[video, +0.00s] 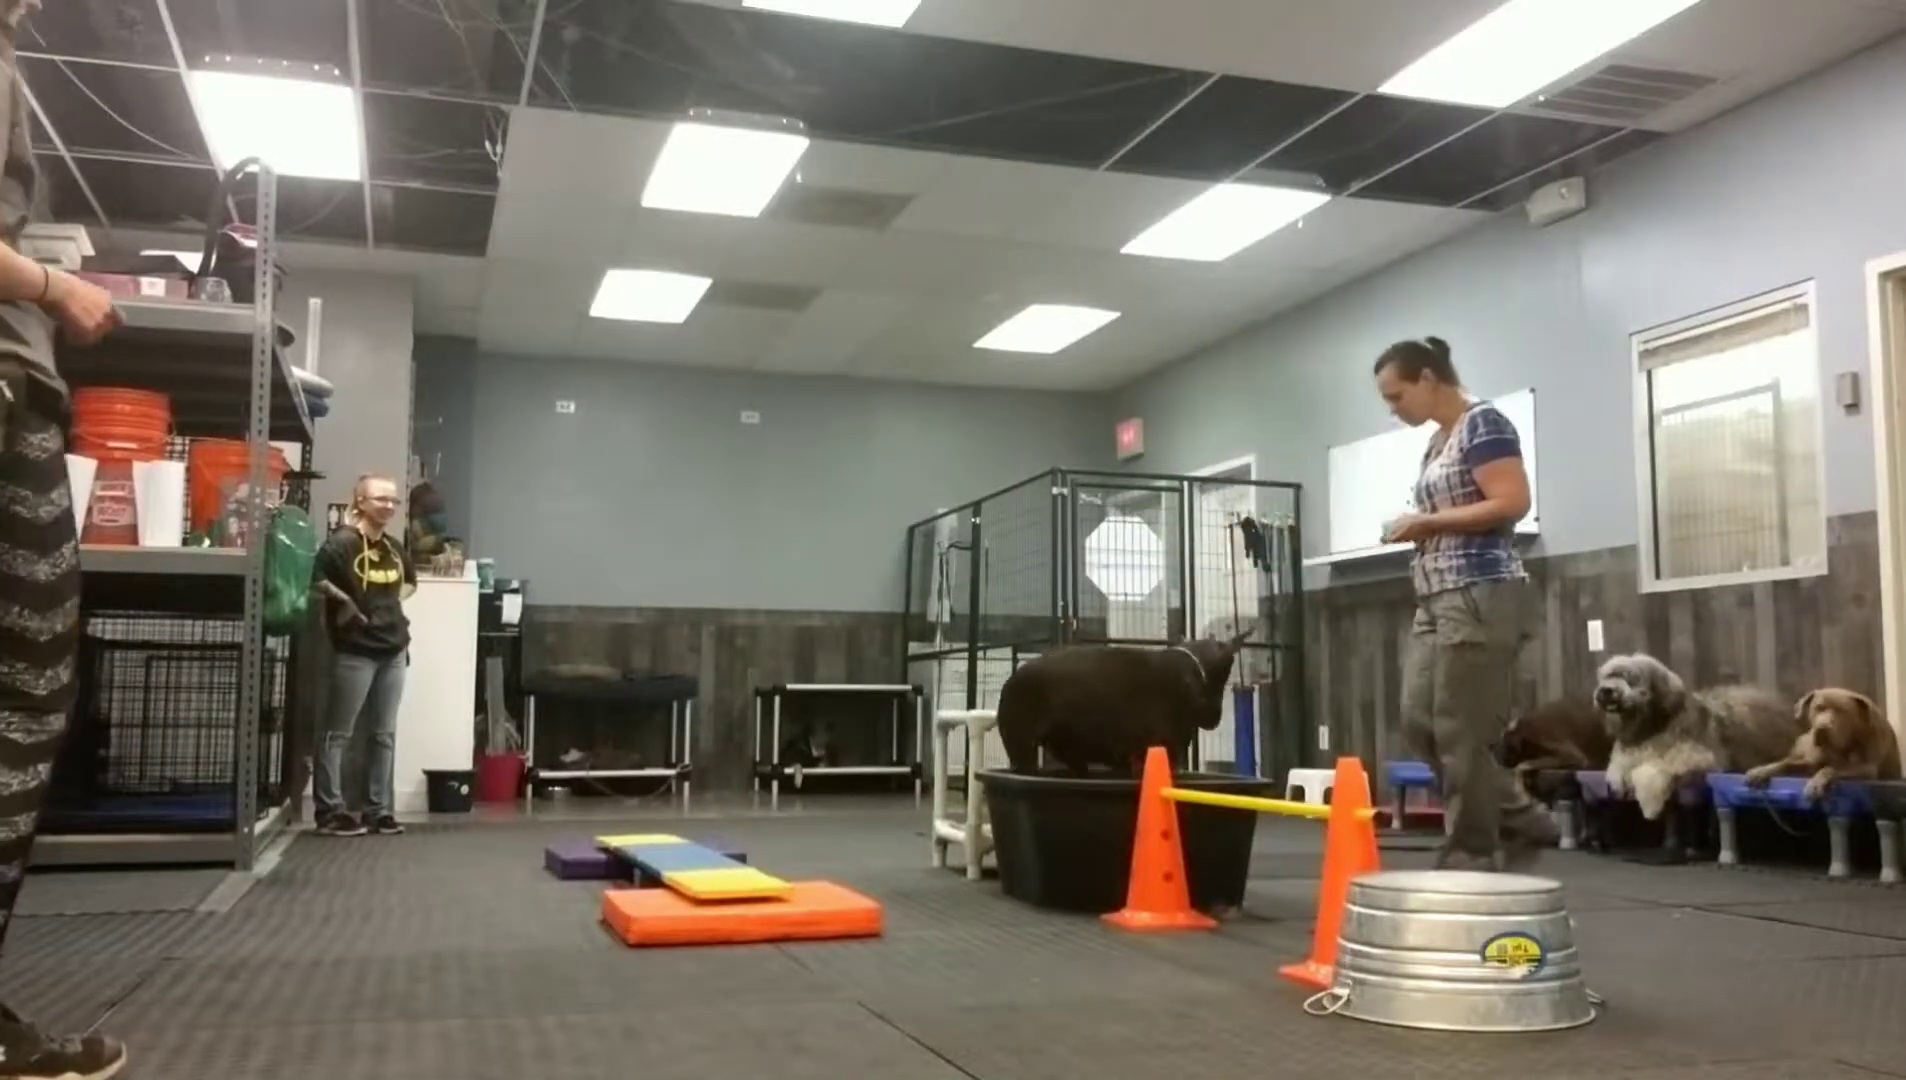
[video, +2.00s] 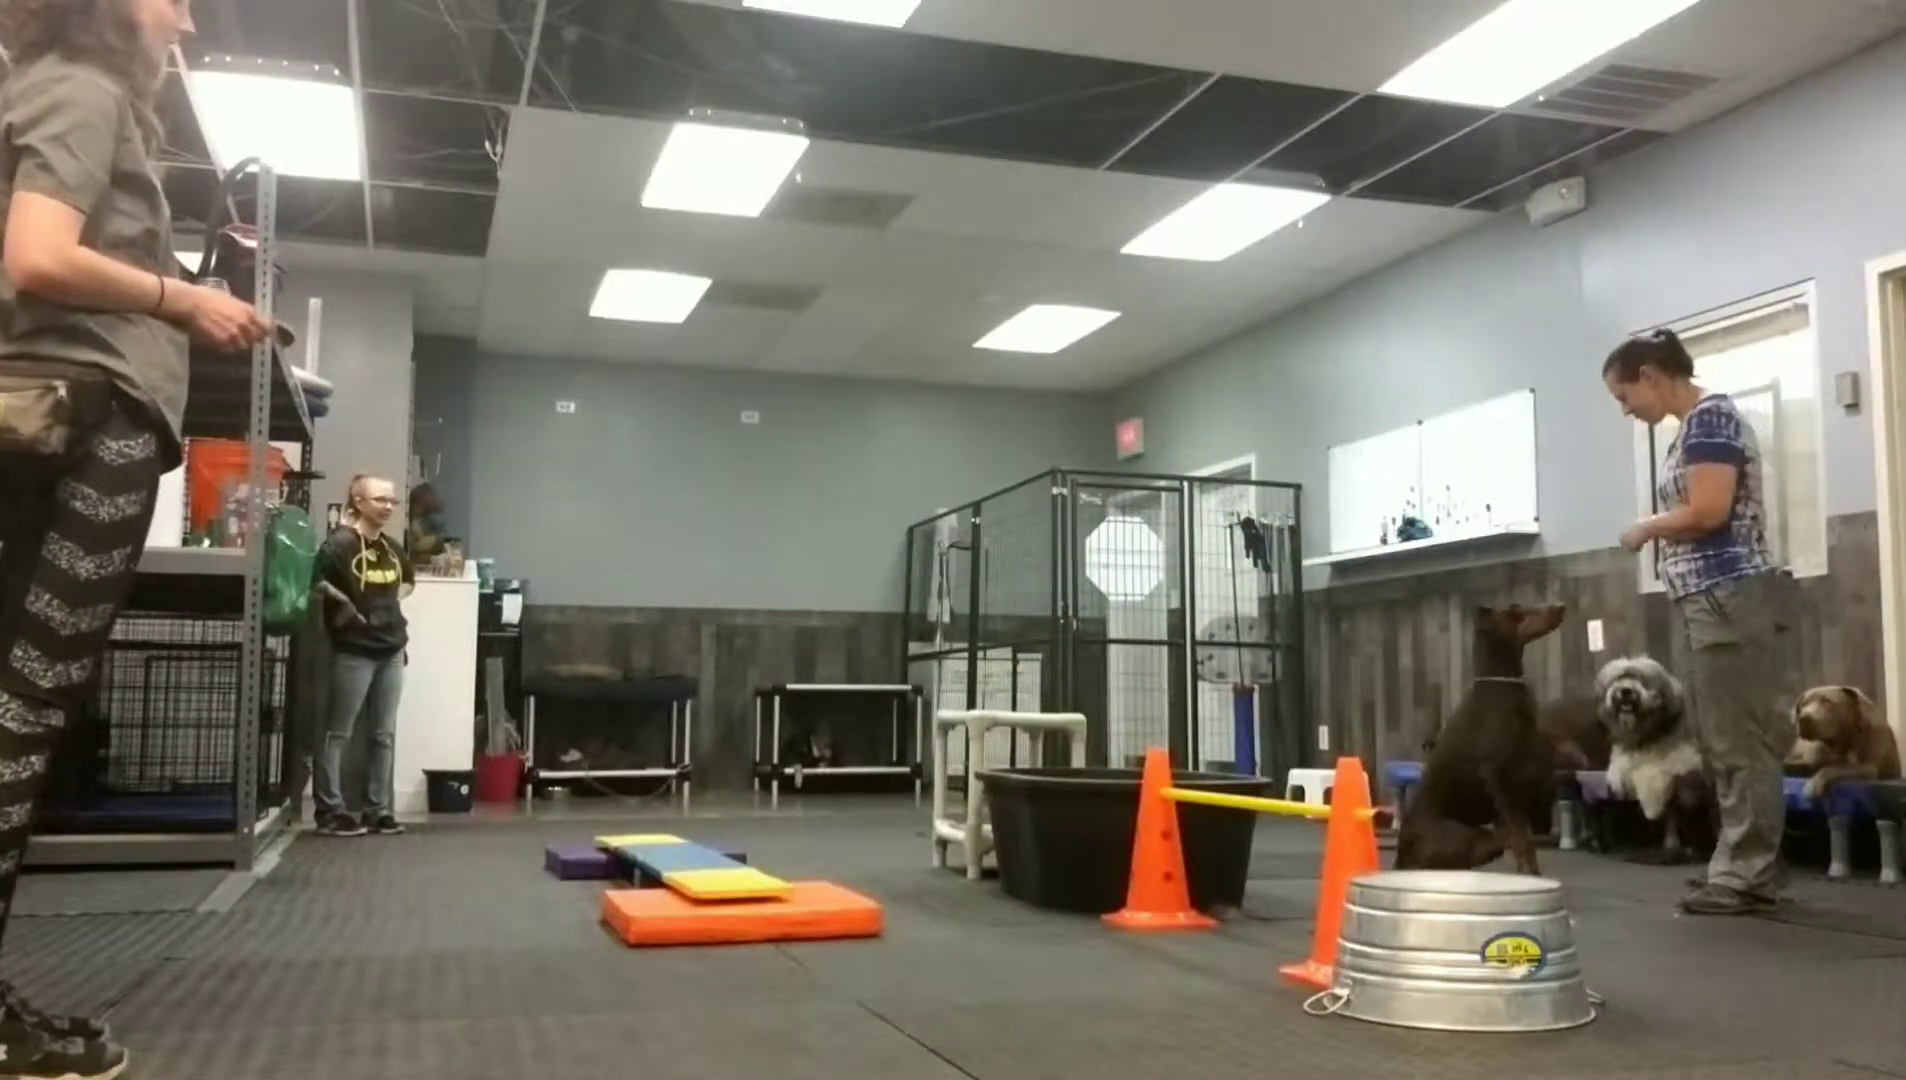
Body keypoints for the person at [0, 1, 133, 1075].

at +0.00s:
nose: (34, 8)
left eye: (33, 7)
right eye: (34, 5)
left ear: (20, 10)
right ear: (21, 3)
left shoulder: (13, 78)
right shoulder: (4, 74)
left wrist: (54, 285)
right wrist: (51, 284)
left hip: (25, 402)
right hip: (13, 405)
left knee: (35, 699)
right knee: (30, 702)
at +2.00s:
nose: (185, 26)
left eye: (186, 14)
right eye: (176, 8)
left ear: (110, 13)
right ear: (126, 4)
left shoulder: (91, 87)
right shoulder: (82, 85)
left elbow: (62, 259)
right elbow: (37, 256)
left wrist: (181, 291)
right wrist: (186, 298)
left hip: (81, 421)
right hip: (85, 423)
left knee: (39, 699)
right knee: (32, 703)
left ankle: (4, 1008)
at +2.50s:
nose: (200, 38)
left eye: (202, 19)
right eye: (191, 14)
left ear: (95, 19)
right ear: (136, 15)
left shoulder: (48, 104)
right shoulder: (98, 109)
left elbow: (56, 274)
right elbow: (46, 274)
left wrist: (172, 308)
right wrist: (180, 315)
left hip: (35, 432)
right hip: (97, 437)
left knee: (30, 712)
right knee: (209, 673)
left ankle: (37, 972)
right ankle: (51, 936)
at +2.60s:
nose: (222, 44)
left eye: (224, 24)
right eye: (212, 21)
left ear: (118, 28)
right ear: (158, 24)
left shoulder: (49, 118)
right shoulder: (126, 116)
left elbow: (52, 282)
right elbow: (69, 277)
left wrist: (188, 313)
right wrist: (197, 322)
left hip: (29, 438)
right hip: (115, 441)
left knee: (26, 720)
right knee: (238, 680)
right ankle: (207, 971)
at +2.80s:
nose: (350, 85)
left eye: (347, 64)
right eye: (342, 64)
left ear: (242, 74)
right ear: (304, 70)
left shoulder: (194, 166)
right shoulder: (279, 163)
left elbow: (172, 323)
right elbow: (248, 316)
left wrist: (325, 373)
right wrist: (358, 361)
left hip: (192, 457)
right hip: (274, 458)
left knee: (124, 714)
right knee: (362, 702)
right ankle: (357, 970)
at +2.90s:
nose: (441, 90)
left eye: (438, 71)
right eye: (429, 70)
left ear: (332, 78)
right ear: (380, 73)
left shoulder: (283, 175)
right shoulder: (388, 166)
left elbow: (271, 319)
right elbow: (370, 318)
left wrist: (383, 352)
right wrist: (458, 356)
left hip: (299, 449)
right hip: (373, 449)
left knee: (327, 722)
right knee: (394, 718)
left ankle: (134, 890)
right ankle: (363, 970)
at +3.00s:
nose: (531, 112)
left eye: (528, 93)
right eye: (523, 92)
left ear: (427, 95)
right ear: (487, 94)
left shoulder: (380, 185)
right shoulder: (482, 184)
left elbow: (355, 323)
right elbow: (465, 332)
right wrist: (529, 377)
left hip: (372, 453)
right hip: (443, 459)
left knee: (508, 691)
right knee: (413, 713)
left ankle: (453, 933)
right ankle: (358, 968)